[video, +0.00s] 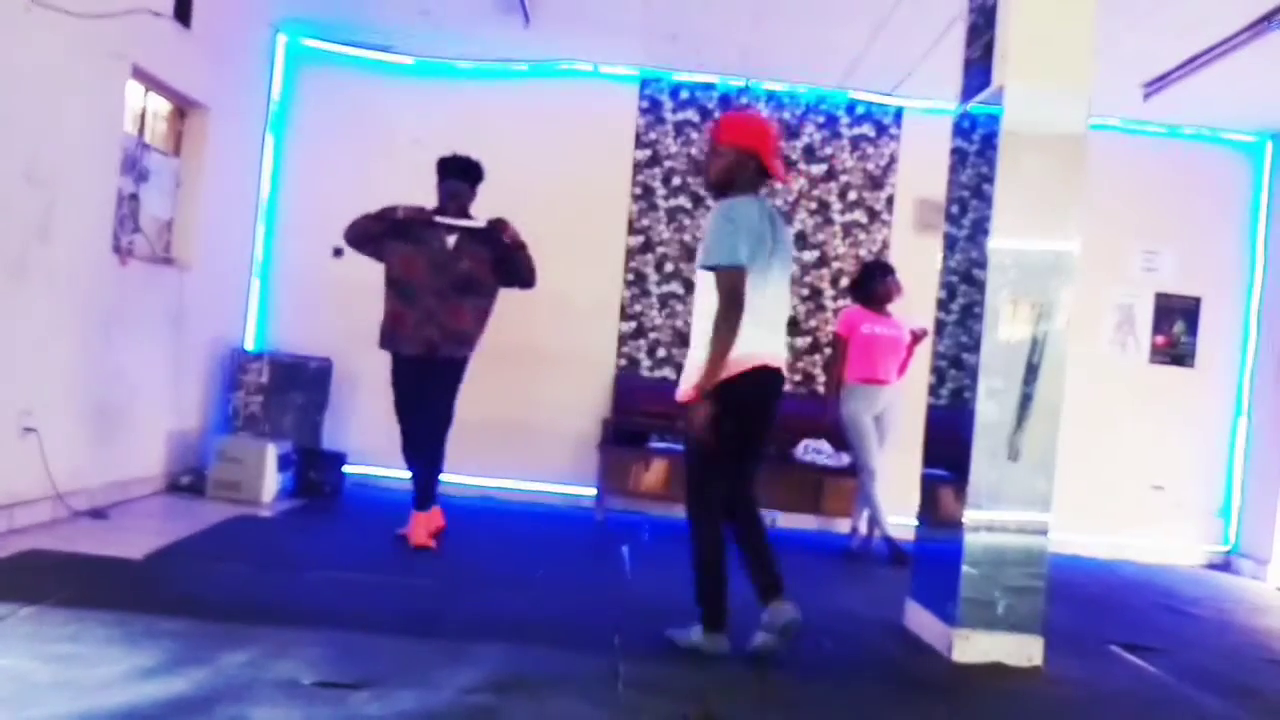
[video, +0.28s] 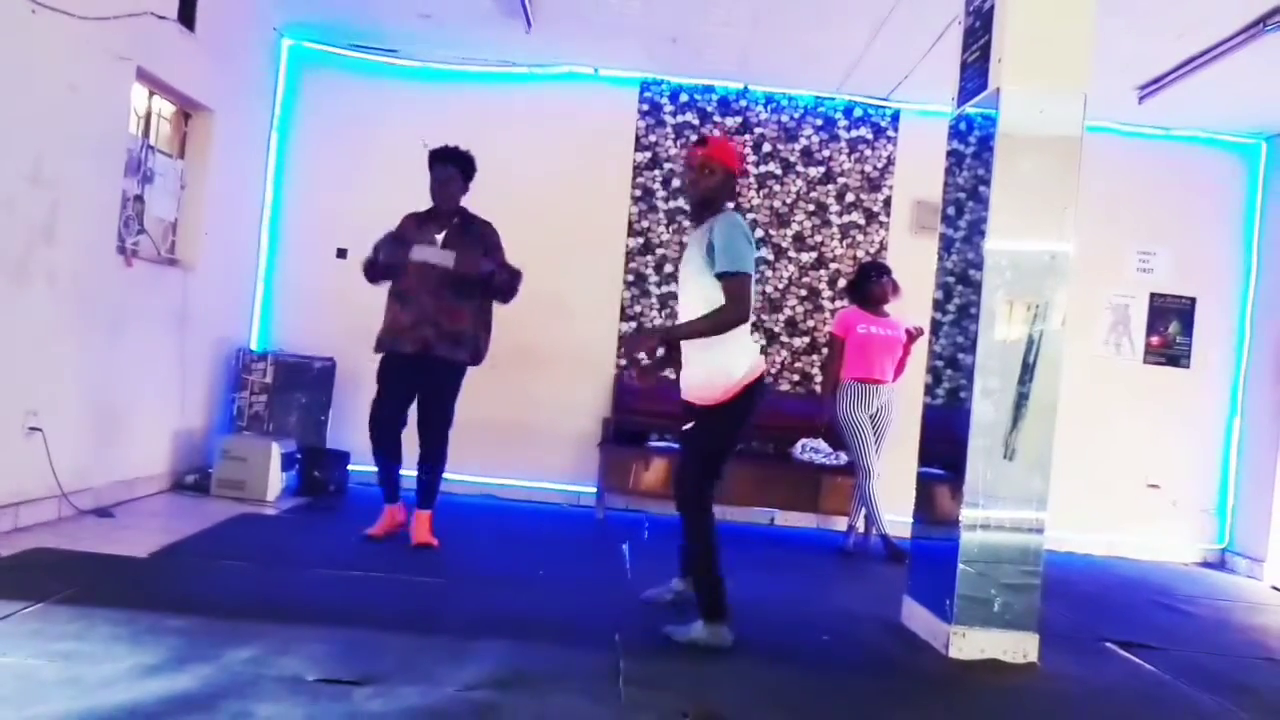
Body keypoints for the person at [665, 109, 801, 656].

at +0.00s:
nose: (706, 162)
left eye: (717, 153)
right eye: (710, 152)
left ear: (743, 162)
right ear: (755, 166)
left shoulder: (731, 216)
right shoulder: (772, 219)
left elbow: (731, 304)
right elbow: (770, 305)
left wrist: (705, 385)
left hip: (728, 376)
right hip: (764, 375)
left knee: (704, 500)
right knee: (738, 493)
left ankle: (712, 625)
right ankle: (775, 601)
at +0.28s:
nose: (691, 179)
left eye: (703, 171)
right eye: (691, 170)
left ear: (728, 181)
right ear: (692, 177)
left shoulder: (729, 228)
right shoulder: (705, 232)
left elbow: (738, 309)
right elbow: (713, 317)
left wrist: (666, 335)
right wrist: (668, 355)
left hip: (731, 385)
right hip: (710, 384)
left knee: (692, 489)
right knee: (689, 486)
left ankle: (714, 619)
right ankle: (693, 581)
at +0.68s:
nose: (665, 201)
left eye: (675, 193)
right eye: (659, 193)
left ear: (694, 199)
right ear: (649, 199)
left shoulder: (717, 239)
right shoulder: (640, 252)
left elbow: (775, 270)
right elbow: (616, 299)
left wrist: (743, 308)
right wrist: (599, 316)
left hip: (729, 388)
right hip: (676, 384)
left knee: (737, 485)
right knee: (673, 481)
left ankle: (763, 582)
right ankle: (687, 580)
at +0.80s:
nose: (676, 201)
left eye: (684, 193)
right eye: (669, 193)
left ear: (699, 199)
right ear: (657, 199)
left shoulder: (723, 247)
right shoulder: (640, 255)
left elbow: (745, 314)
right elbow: (641, 324)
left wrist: (729, 278)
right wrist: (615, 299)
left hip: (718, 386)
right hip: (666, 384)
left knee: (714, 477)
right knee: (671, 484)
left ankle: (724, 552)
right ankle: (686, 579)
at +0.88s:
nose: (679, 201)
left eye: (688, 193)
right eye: (672, 192)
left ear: (701, 199)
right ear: (660, 198)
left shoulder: (724, 249)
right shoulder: (642, 252)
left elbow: (730, 317)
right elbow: (644, 324)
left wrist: (714, 283)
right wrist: (647, 292)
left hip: (712, 380)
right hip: (663, 376)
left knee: (697, 474)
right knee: (670, 476)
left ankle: (689, 553)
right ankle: (686, 579)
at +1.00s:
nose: (686, 207)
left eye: (694, 199)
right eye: (678, 198)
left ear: (705, 205)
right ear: (665, 203)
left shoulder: (726, 256)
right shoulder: (645, 250)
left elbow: (738, 326)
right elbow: (633, 316)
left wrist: (720, 314)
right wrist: (690, 301)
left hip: (698, 380)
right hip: (651, 373)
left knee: (670, 471)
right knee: (663, 470)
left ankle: (645, 547)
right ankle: (669, 570)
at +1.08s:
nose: (687, 209)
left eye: (695, 201)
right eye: (679, 200)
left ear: (706, 207)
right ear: (666, 204)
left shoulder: (725, 259)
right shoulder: (645, 251)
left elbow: (735, 333)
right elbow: (633, 318)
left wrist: (723, 316)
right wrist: (694, 304)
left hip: (694, 381)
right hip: (648, 374)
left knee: (670, 471)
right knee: (662, 468)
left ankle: (644, 548)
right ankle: (660, 565)